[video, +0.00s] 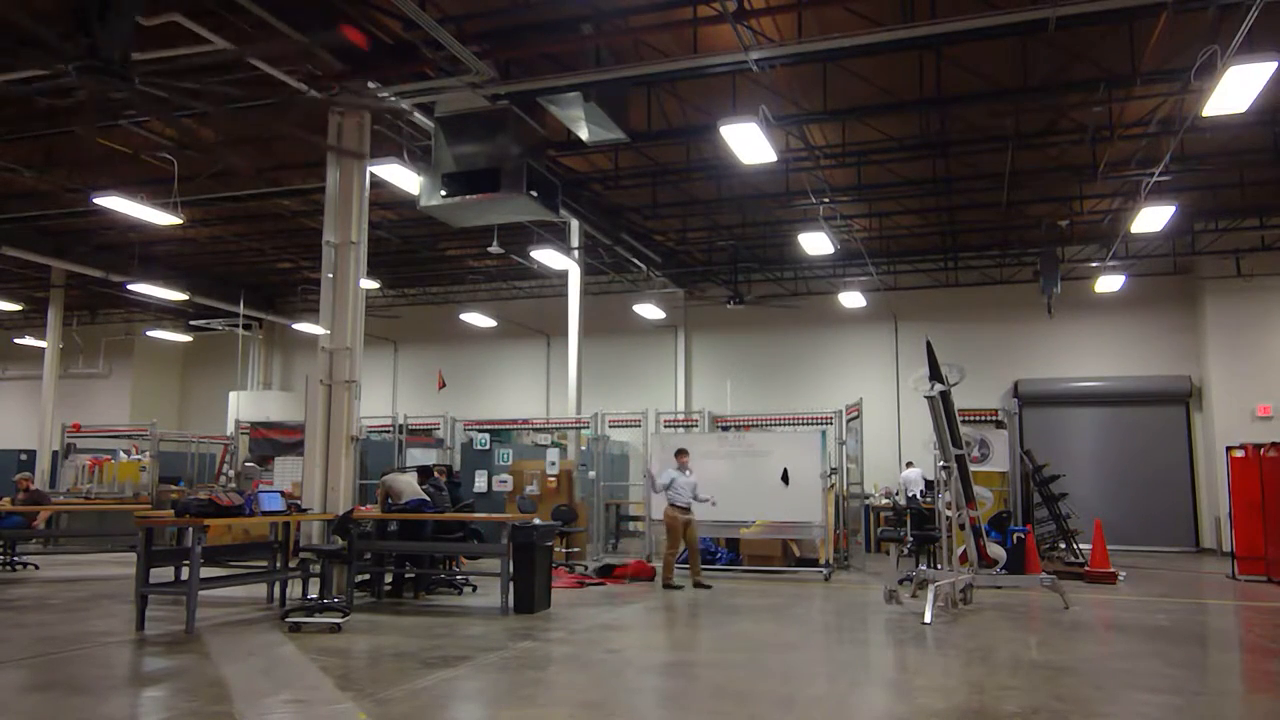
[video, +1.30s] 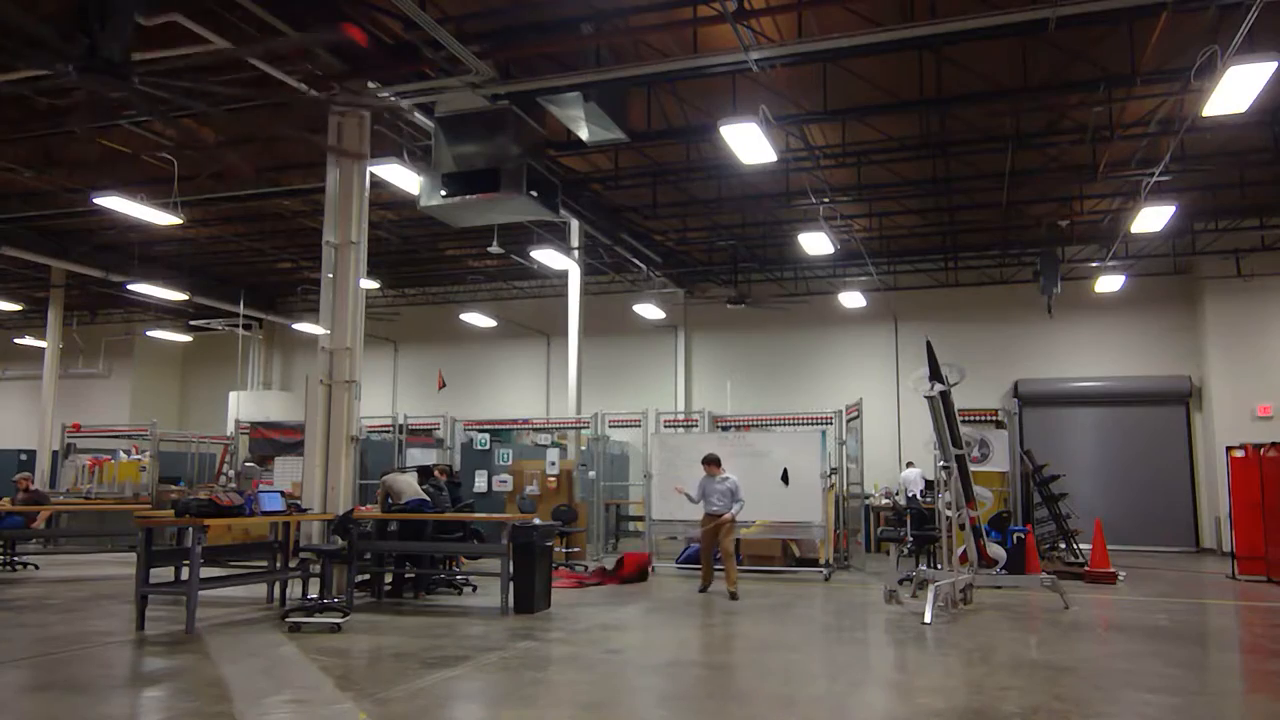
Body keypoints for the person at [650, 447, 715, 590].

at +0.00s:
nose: (684, 460)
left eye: (686, 457)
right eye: (681, 457)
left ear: (689, 458)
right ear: (676, 459)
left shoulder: (691, 477)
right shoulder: (671, 473)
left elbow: (695, 496)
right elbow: (657, 489)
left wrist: (708, 498)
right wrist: (652, 478)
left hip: (687, 512)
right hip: (673, 511)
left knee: (693, 547)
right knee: (673, 548)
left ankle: (697, 579)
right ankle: (667, 580)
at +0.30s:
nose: (690, 463)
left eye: (692, 460)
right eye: (689, 460)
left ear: (700, 461)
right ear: (689, 461)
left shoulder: (710, 477)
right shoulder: (686, 475)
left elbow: (715, 496)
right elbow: (676, 492)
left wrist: (713, 508)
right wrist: (660, 491)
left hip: (703, 511)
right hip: (687, 510)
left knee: (703, 546)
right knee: (690, 545)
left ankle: (703, 579)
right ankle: (677, 577)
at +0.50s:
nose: (692, 466)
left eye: (694, 463)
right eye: (691, 464)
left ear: (702, 462)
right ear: (694, 463)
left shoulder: (715, 478)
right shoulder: (692, 475)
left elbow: (722, 498)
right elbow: (683, 493)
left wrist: (713, 508)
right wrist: (665, 490)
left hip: (708, 513)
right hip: (692, 512)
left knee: (706, 548)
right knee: (697, 547)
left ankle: (705, 579)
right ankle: (698, 580)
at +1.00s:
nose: (696, 467)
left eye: (697, 464)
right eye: (695, 464)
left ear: (705, 462)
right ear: (698, 463)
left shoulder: (719, 477)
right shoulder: (698, 475)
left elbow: (729, 496)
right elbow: (686, 492)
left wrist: (720, 508)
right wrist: (668, 489)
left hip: (716, 514)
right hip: (700, 514)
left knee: (720, 548)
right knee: (702, 548)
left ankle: (724, 582)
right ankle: (705, 582)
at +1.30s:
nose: (704, 470)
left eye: (706, 467)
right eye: (704, 467)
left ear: (713, 466)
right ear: (709, 467)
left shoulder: (731, 481)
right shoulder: (705, 480)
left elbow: (739, 501)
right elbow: (696, 500)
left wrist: (731, 514)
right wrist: (685, 493)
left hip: (726, 518)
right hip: (709, 518)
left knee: (728, 552)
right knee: (706, 551)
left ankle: (732, 587)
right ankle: (706, 581)